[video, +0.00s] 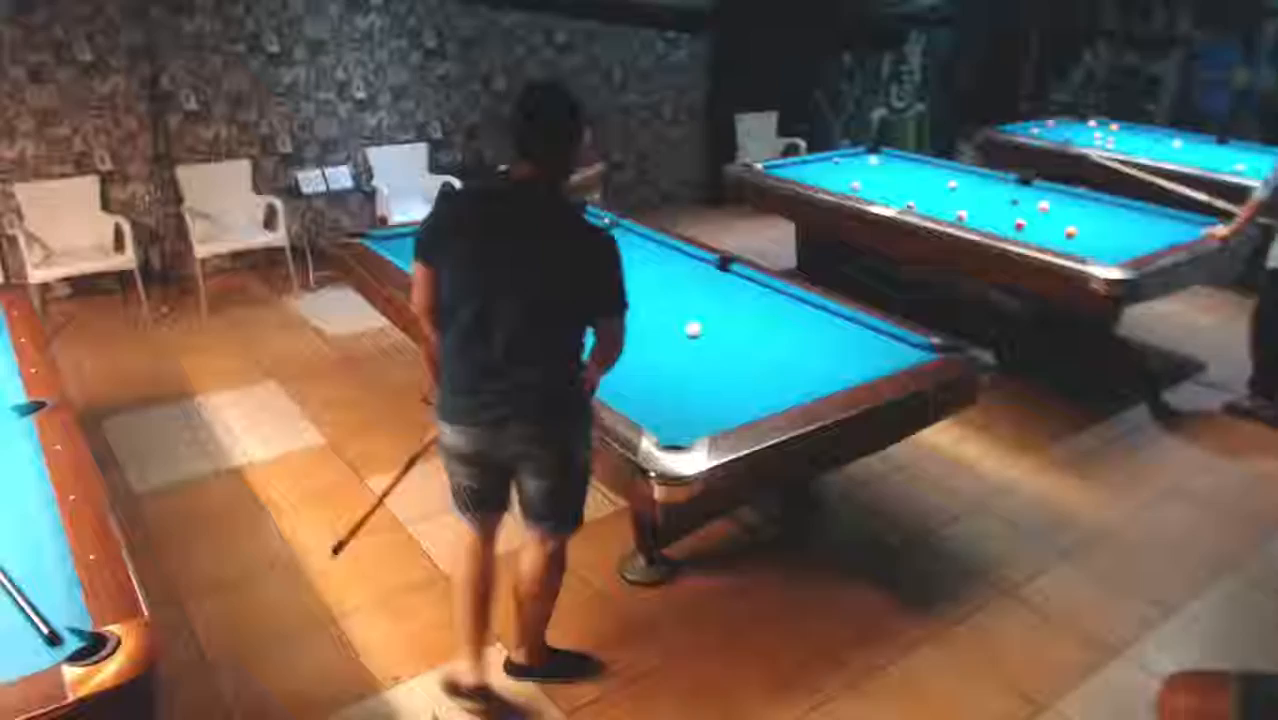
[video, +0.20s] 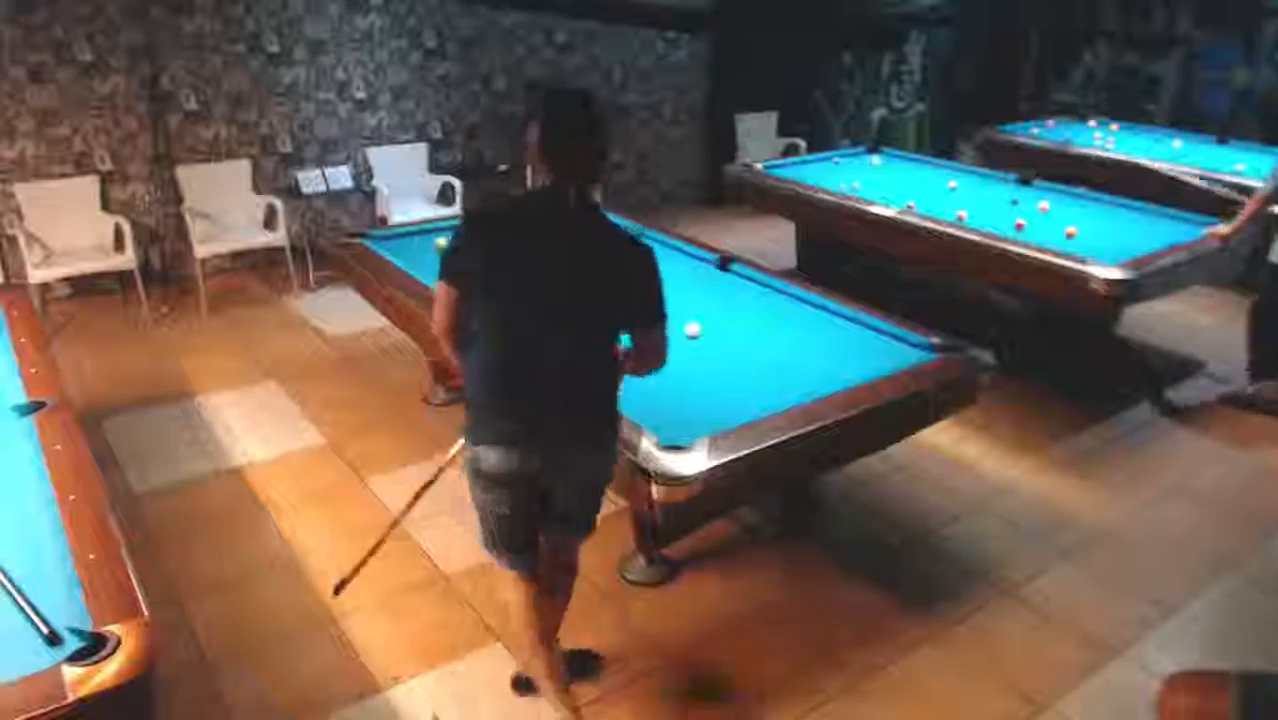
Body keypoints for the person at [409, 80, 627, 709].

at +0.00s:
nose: (584, 148)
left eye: (578, 138)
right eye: (582, 139)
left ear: (511, 140)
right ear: (574, 148)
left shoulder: (455, 210)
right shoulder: (589, 238)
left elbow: (422, 306)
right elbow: (612, 340)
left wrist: (444, 370)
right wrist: (587, 380)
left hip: (466, 411)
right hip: (549, 417)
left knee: (476, 530)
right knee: (545, 541)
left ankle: (468, 665)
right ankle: (528, 652)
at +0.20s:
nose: (529, 156)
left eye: (528, 147)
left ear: (530, 154)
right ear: (598, 160)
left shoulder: (482, 229)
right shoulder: (626, 251)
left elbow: (443, 327)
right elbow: (652, 358)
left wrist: (475, 372)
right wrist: (608, 356)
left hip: (501, 430)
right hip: (584, 432)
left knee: (521, 567)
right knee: (561, 556)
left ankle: (559, 696)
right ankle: (538, 662)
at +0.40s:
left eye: (571, 165)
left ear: (568, 172)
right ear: (636, 172)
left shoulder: (518, 254)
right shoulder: (671, 269)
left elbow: (477, 365)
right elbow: (705, 378)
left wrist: (512, 422)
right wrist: (661, 323)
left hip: (558, 473)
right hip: (642, 466)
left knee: (588, 624)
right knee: (595, 552)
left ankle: (616, 706)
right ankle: (584, 656)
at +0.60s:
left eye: (605, 174)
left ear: (602, 188)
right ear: (672, 185)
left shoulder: (557, 281)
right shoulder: (715, 283)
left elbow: (513, 400)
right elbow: (746, 387)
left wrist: (547, 455)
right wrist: (697, 325)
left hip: (605, 501)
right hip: (693, 487)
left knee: (626, 649)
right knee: (649, 581)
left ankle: (646, 697)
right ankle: (647, 676)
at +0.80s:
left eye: (646, 170)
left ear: (646, 183)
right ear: (718, 181)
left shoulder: (603, 280)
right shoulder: (765, 282)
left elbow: (561, 403)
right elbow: (784, 381)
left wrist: (587, 454)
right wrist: (728, 325)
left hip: (639, 512)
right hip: (726, 501)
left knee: (648, 662)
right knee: (722, 588)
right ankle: (742, 688)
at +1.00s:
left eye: (715, 179)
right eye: (755, 179)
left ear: (703, 187)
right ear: (773, 190)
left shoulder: (660, 278)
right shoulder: (812, 281)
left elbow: (612, 401)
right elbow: (822, 386)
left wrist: (641, 454)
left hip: (685, 504)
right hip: (776, 499)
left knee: (665, 660)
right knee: (785, 611)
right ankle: (815, 707)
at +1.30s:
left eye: (774, 185)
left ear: (772, 192)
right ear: (838, 191)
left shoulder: (738, 264)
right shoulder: (873, 272)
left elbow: (694, 378)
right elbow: (878, 383)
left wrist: (709, 440)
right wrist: (838, 424)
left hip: (758, 482)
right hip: (845, 479)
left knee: (735, 653)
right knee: (820, 597)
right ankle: (817, 709)